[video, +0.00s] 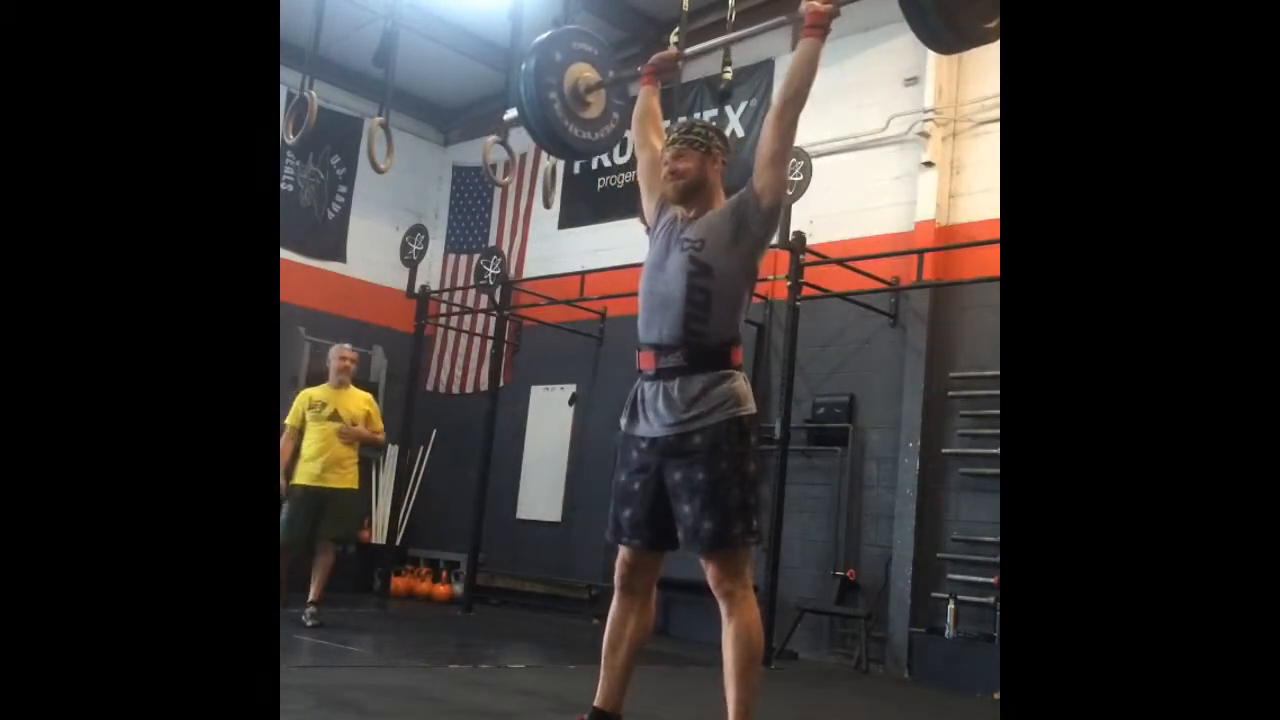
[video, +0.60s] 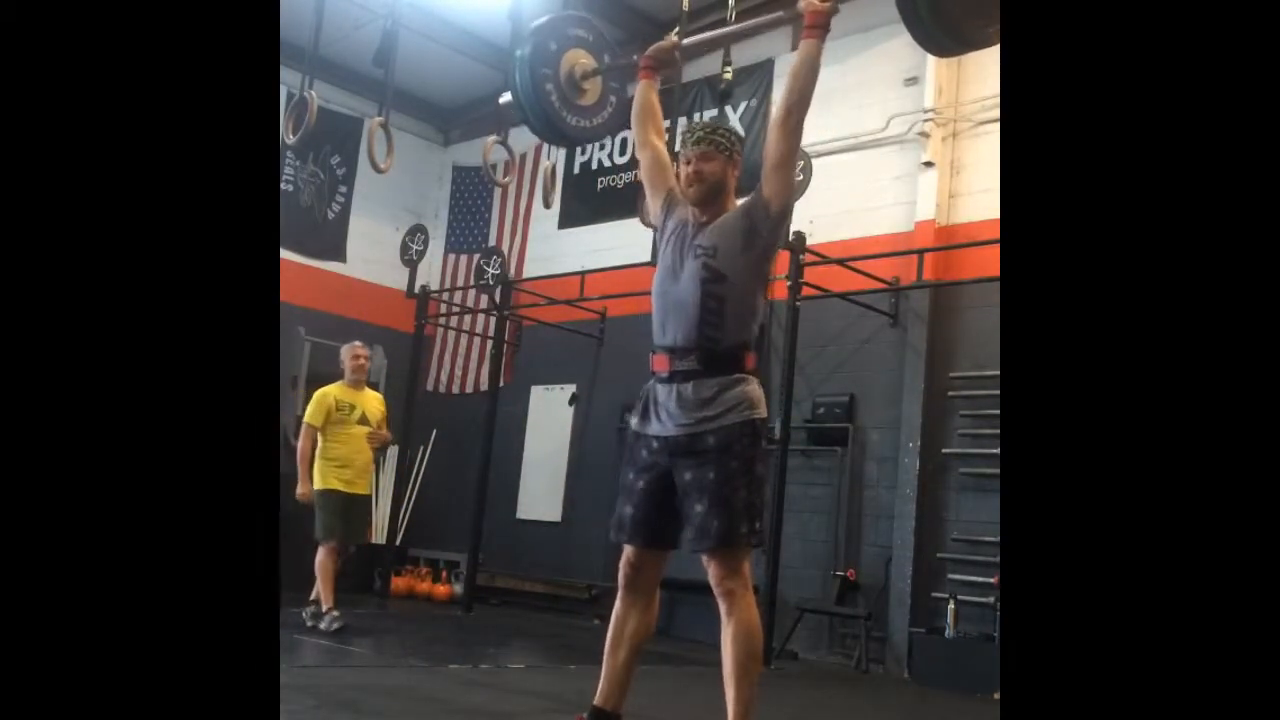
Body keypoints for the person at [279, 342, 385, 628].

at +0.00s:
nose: (347, 364)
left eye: (351, 361)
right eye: (342, 359)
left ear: (356, 367)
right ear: (329, 363)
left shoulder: (366, 401)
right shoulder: (307, 396)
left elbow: (381, 438)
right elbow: (290, 436)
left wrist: (361, 435)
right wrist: (282, 473)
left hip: (342, 488)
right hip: (304, 483)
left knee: (327, 545)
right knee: (286, 542)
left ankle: (312, 604)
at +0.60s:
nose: (361, 362)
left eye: (365, 358)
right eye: (355, 358)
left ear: (370, 364)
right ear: (343, 363)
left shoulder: (377, 400)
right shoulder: (326, 395)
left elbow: (385, 436)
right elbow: (306, 437)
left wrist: (384, 438)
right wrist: (303, 480)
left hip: (361, 486)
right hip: (330, 482)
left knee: (341, 547)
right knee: (329, 544)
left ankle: (314, 604)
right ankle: (327, 610)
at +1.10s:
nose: (369, 357)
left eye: (373, 352)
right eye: (362, 354)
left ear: (379, 356)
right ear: (351, 360)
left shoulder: (388, 390)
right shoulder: (341, 393)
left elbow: (392, 427)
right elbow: (327, 441)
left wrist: (401, 431)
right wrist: (337, 481)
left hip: (377, 486)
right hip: (347, 485)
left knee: (376, 545)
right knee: (337, 547)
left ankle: (337, 594)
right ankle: (330, 612)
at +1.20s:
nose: (374, 358)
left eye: (378, 353)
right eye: (368, 354)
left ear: (384, 356)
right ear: (356, 360)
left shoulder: (391, 390)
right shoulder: (345, 394)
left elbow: (395, 426)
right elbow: (331, 443)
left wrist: (404, 432)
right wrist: (338, 485)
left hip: (384, 487)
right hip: (352, 487)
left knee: (388, 544)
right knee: (338, 548)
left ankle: (359, 603)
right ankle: (331, 612)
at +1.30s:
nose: (381, 359)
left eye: (385, 354)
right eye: (375, 354)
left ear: (390, 357)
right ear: (362, 359)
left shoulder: (395, 390)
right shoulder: (350, 393)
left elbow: (397, 424)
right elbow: (335, 441)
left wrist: (408, 431)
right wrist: (339, 485)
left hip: (388, 487)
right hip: (354, 486)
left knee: (395, 544)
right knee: (339, 548)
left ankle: (381, 612)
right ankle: (331, 613)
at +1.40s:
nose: (389, 360)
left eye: (393, 354)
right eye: (383, 355)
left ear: (398, 358)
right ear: (370, 359)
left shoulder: (402, 392)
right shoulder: (356, 393)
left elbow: (402, 429)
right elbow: (340, 442)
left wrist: (412, 435)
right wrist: (342, 485)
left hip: (393, 486)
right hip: (359, 487)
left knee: (399, 548)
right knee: (342, 550)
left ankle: (407, 612)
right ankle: (333, 612)